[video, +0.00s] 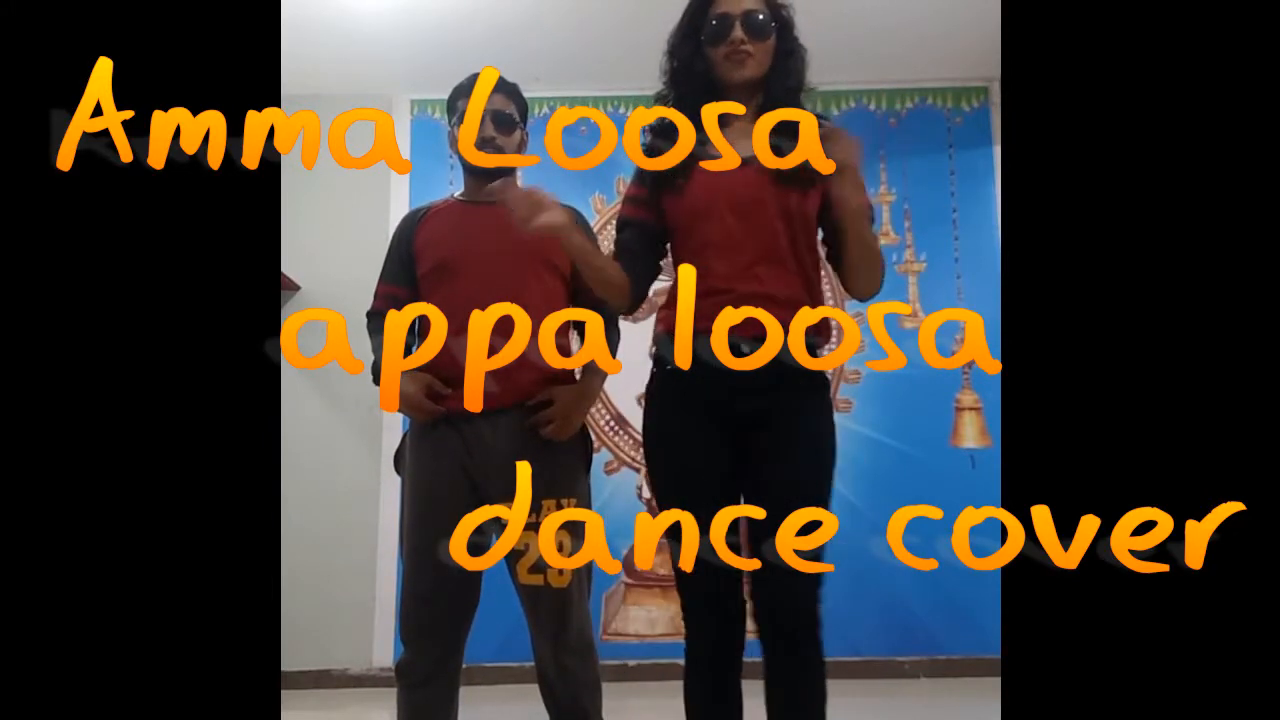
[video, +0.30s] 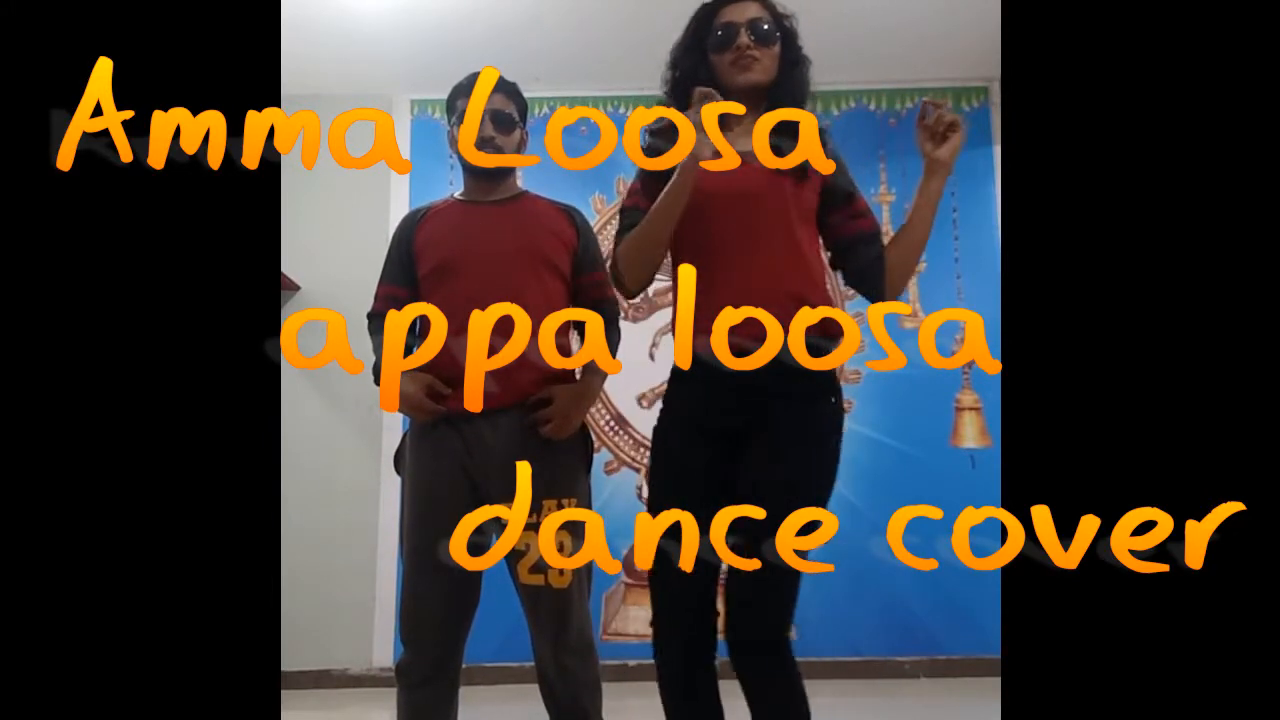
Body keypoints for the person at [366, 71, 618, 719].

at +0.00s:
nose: (490, 131)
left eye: (505, 121)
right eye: (475, 120)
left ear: (524, 137)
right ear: (453, 133)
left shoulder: (561, 222)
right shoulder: (419, 226)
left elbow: (604, 313)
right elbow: (384, 316)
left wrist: (590, 384)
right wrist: (394, 374)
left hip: (542, 437)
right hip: (442, 440)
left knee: (561, 623)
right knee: (430, 623)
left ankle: (579, 719)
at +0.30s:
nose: (490, 131)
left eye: (504, 121)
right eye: (476, 120)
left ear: (523, 137)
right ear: (453, 133)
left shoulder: (565, 222)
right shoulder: (418, 227)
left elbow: (604, 316)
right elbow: (385, 319)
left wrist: (588, 385)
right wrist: (394, 375)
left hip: (543, 439)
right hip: (442, 442)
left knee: (563, 625)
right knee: (429, 627)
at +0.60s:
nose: (490, 123)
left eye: (505, 113)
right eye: (474, 112)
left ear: (524, 129)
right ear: (452, 125)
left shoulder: (563, 215)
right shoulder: (417, 219)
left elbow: (600, 308)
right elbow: (385, 310)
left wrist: (587, 375)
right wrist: (395, 371)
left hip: (543, 432)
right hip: (441, 436)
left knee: (564, 618)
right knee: (424, 619)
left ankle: (584, 719)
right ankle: (419, 719)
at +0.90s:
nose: (488, 122)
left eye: (504, 110)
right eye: (473, 109)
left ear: (524, 128)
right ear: (451, 122)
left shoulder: (564, 213)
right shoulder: (417, 217)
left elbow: (605, 301)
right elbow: (386, 310)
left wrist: (589, 375)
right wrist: (399, 375)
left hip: (546, 432)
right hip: (443, 436)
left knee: (568, 620)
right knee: (429, 623)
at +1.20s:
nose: (490, 115)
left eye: (505, 103)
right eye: (473, 102)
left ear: (523, 120)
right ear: (451, 116)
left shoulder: (567, 209)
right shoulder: (414, 211)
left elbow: (606, 302)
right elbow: (384, 306)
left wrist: (589, 372)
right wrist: (401, 371)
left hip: (550, 432)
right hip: (447, 434)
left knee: (573, 622)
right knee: (433, 627)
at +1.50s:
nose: (489, 117)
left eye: (504, 106)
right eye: (472, 107)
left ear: (525, 125)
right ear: (452, 125)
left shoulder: (569, 215)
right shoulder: (418, 216)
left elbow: (609, 309)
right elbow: (387, 303)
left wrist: (591, 377)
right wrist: (401, 360)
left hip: (548, 432)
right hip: (445, 434)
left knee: (575, 618)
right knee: (420, 619)